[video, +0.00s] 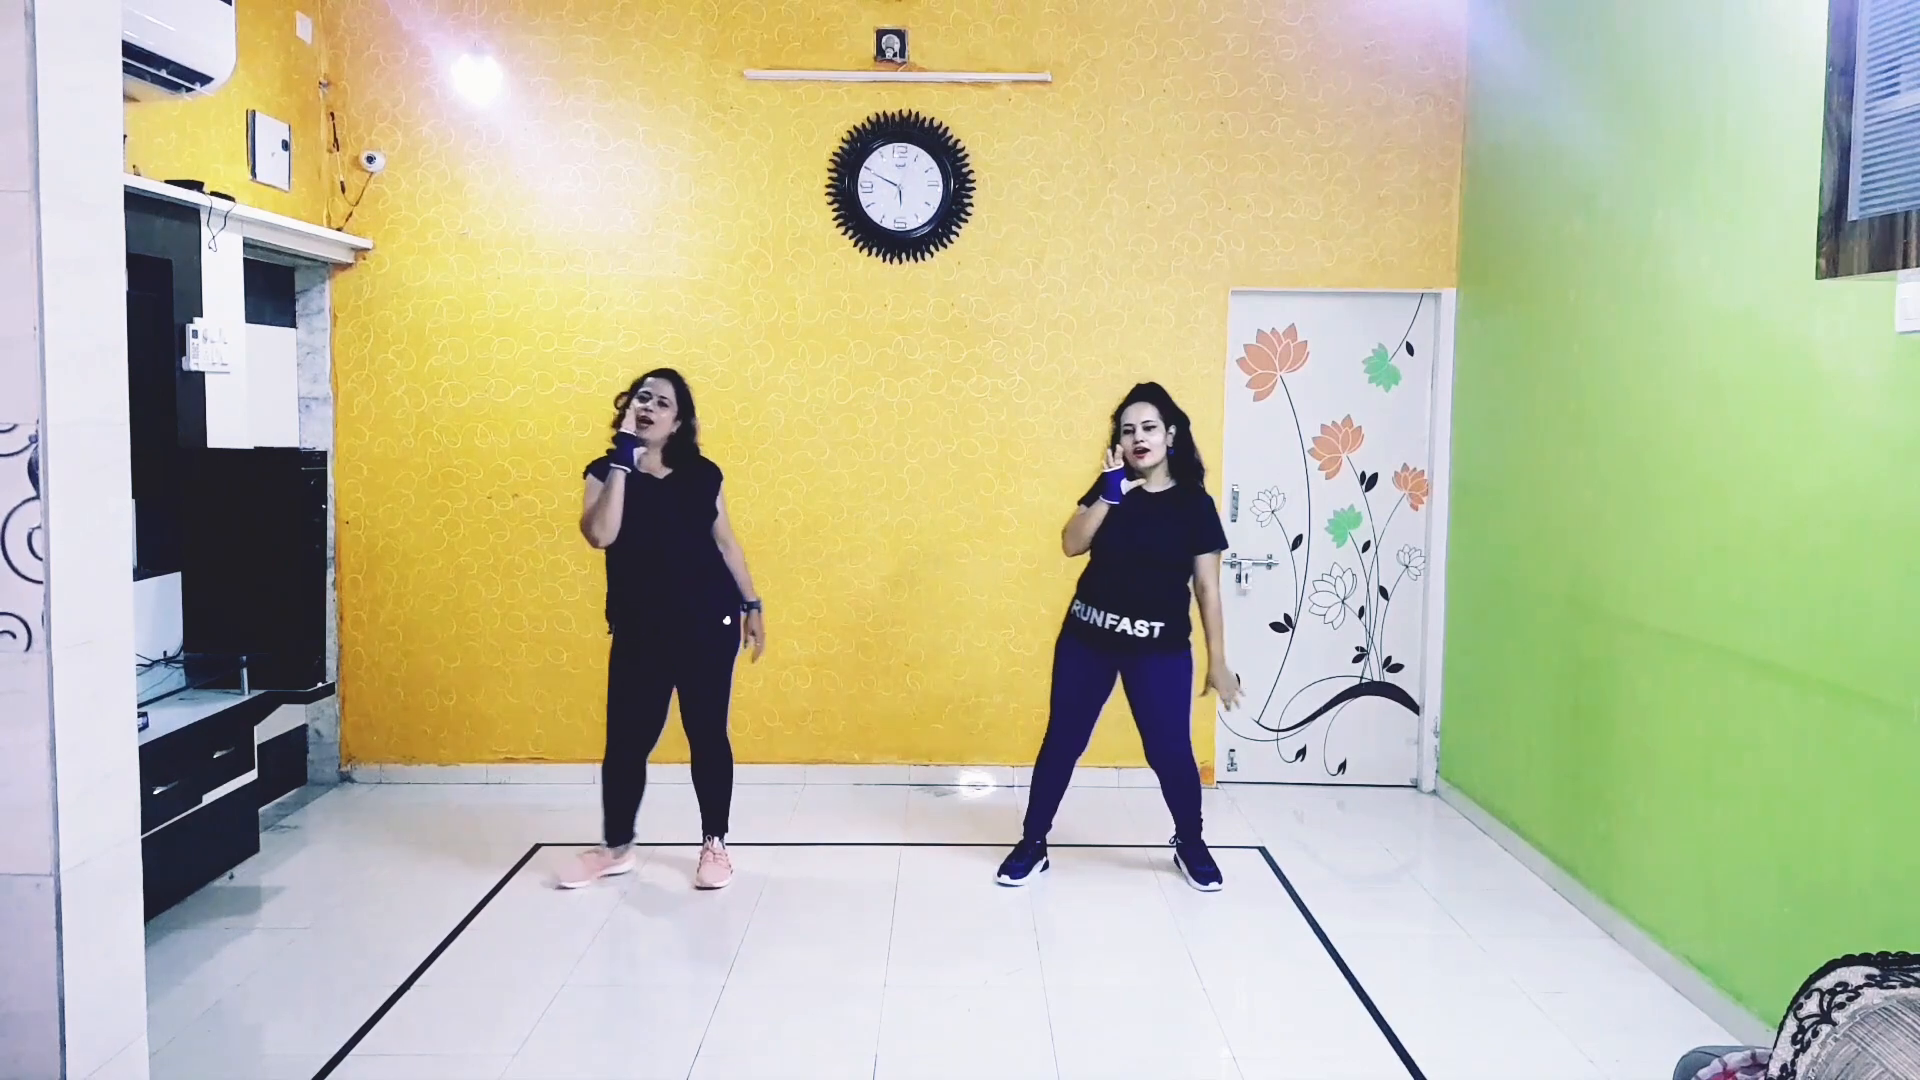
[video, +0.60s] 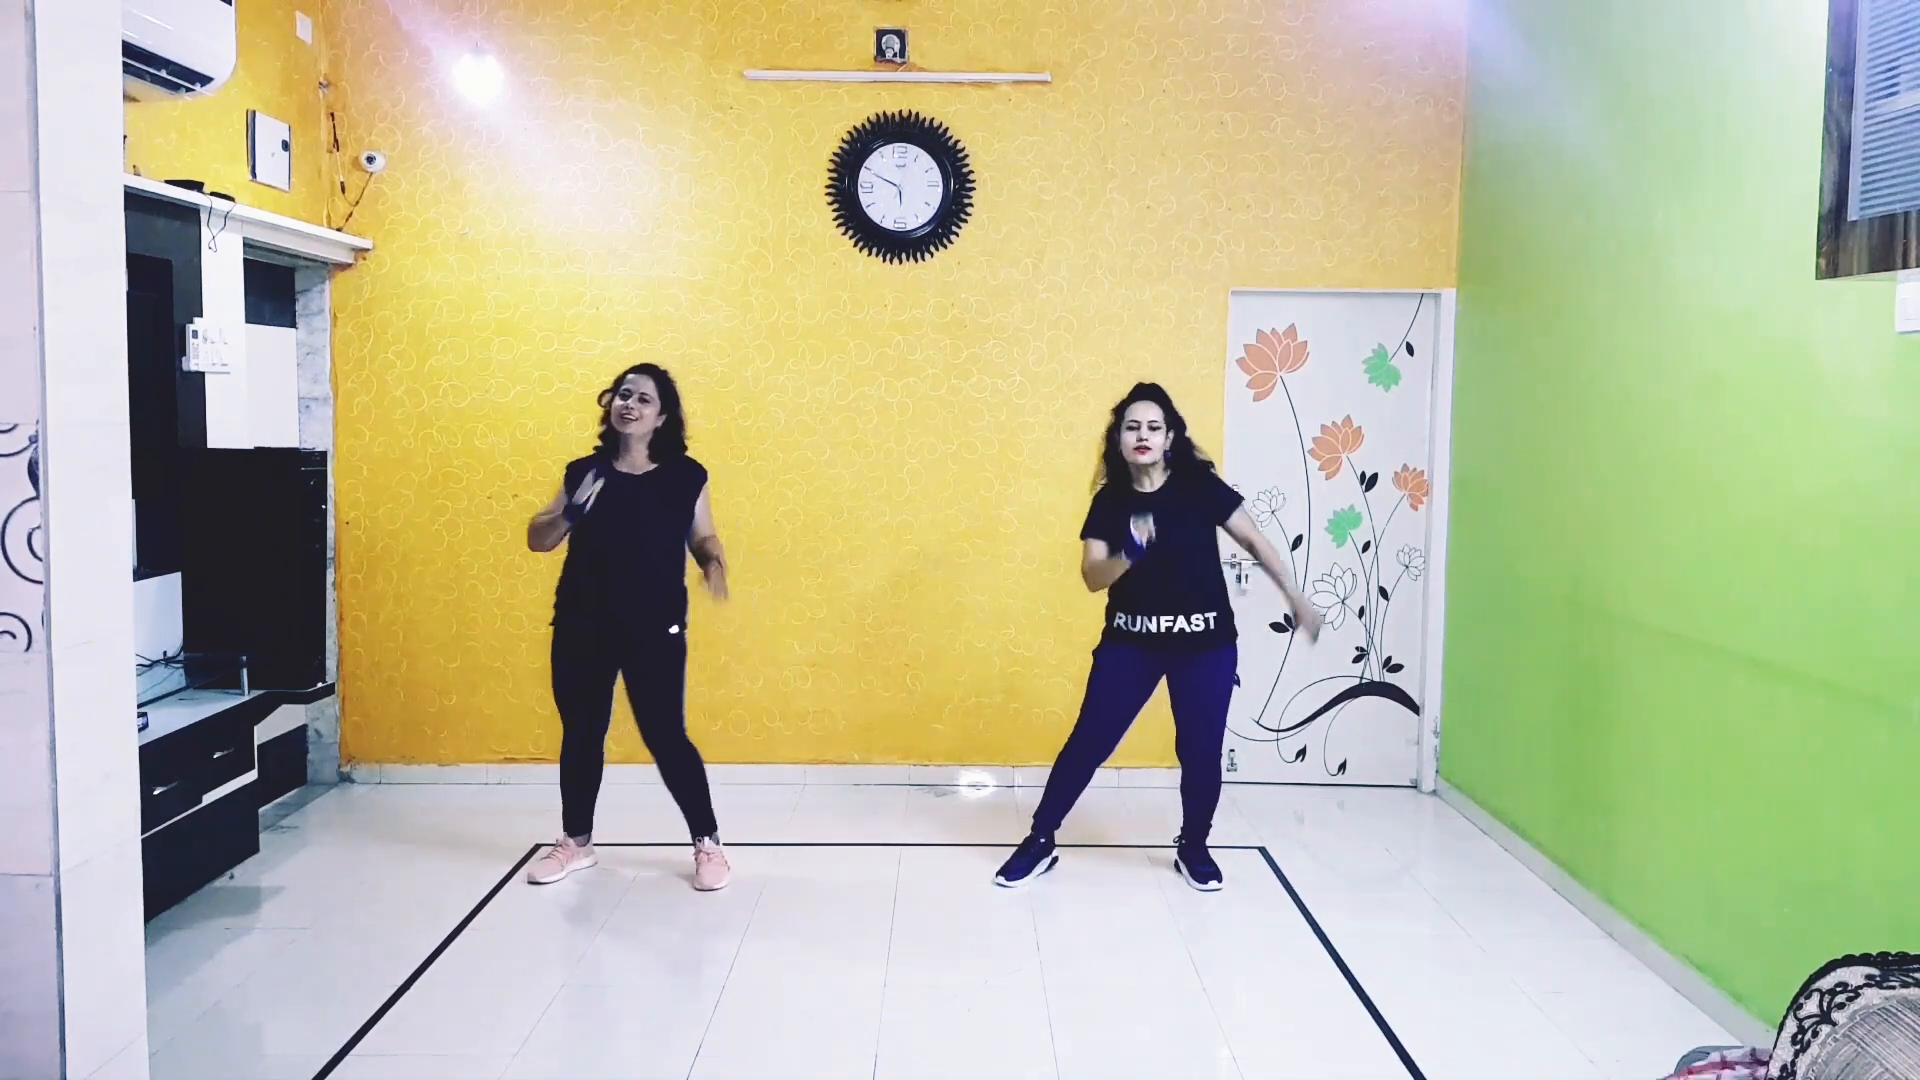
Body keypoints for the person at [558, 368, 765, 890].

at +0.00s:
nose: (648, 406)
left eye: (662, 402)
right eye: (642, 397)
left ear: (680, 420)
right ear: (627, 406)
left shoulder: (702, 475)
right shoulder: (605, 472)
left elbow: (726, 543)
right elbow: (601, 534)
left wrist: (752, 602)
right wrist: (622, 464)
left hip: (705, 629)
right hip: (639, 631)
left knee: (708, 737)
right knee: (625, 743)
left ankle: (714, 844)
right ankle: (617, 847)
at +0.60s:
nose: (627, 403)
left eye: (642, 399)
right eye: (622, 394)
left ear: (663, 416)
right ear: (609, 406)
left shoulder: (685, 478)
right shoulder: (584, 472)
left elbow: (704, 540)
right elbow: (538, 541)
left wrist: (713, 562)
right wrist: (568, 511)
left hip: (653, 628)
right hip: (583, 625)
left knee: (665, 737)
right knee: (580, 734)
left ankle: (706, 845)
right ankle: (575, 841)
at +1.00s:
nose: (610, 404)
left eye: (623, 399)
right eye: (602, 394)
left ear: (636, 413)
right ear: (581, 402)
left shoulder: (655, 471)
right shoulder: (555, 471)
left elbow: (672, 534)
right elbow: (536, 533)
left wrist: (683, 525)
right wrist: (490, 534)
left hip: (633, 625)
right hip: (565, 624)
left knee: (643, 732)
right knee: (570, 734)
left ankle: (670, 838)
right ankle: (574, 843)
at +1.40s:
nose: (652, 415)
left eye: (665, 408)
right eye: (643, 405)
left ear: (681, 420)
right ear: (626, 414)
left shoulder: (698, 481)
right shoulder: (600, 477)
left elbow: (719, 544)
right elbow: (583, 540)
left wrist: (749, 554)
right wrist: (545, 544)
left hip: (695, 628)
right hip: (628, 627)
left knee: (701, 732)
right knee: (597, 737)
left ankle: (717, 845)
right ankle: (594, 841)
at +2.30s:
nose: (610, 406)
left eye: (624, 400)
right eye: (603, 397)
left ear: (642, 415)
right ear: (588, 406)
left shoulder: (658, 476)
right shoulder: (558, 469)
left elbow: (666, 539)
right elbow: (526, 534)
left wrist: (685, 562)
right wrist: (466, 548)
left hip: (645, 619)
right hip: (573, 622)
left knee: (681, 724)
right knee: (578, 733)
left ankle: (690, 827)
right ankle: (581, 844)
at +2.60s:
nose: (635, 408)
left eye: (649, 402)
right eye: (628, 399)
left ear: (670, 417)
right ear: (615, 410)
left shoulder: (693, 476)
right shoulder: (595, 480)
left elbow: (721, 538)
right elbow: (586, 550)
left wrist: (754, 548)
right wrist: (539, 582)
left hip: (700, 623)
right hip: (632, 627)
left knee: (714, 730)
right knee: (602, 736)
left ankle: (738, 844)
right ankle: (581, 844)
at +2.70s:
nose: (646, 415)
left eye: (660, 410)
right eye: (640, 407)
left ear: (681, 423)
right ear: (626, 417)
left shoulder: (705, 481)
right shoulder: (611, 490)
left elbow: (743, 541)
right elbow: (611, 560)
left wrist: (774, 549)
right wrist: (571, 597)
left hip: (720, 623)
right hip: (654, 628)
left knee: (725, 729)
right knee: (610, 730)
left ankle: (739, 845)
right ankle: (601, 849)